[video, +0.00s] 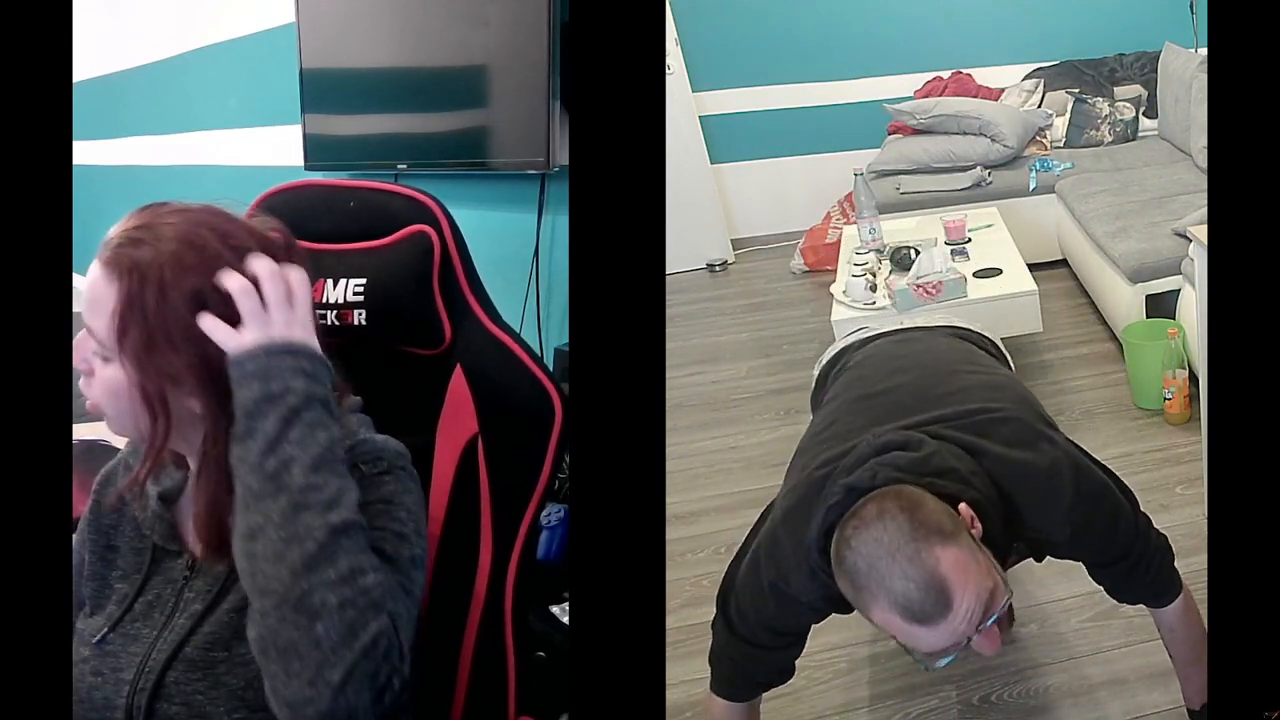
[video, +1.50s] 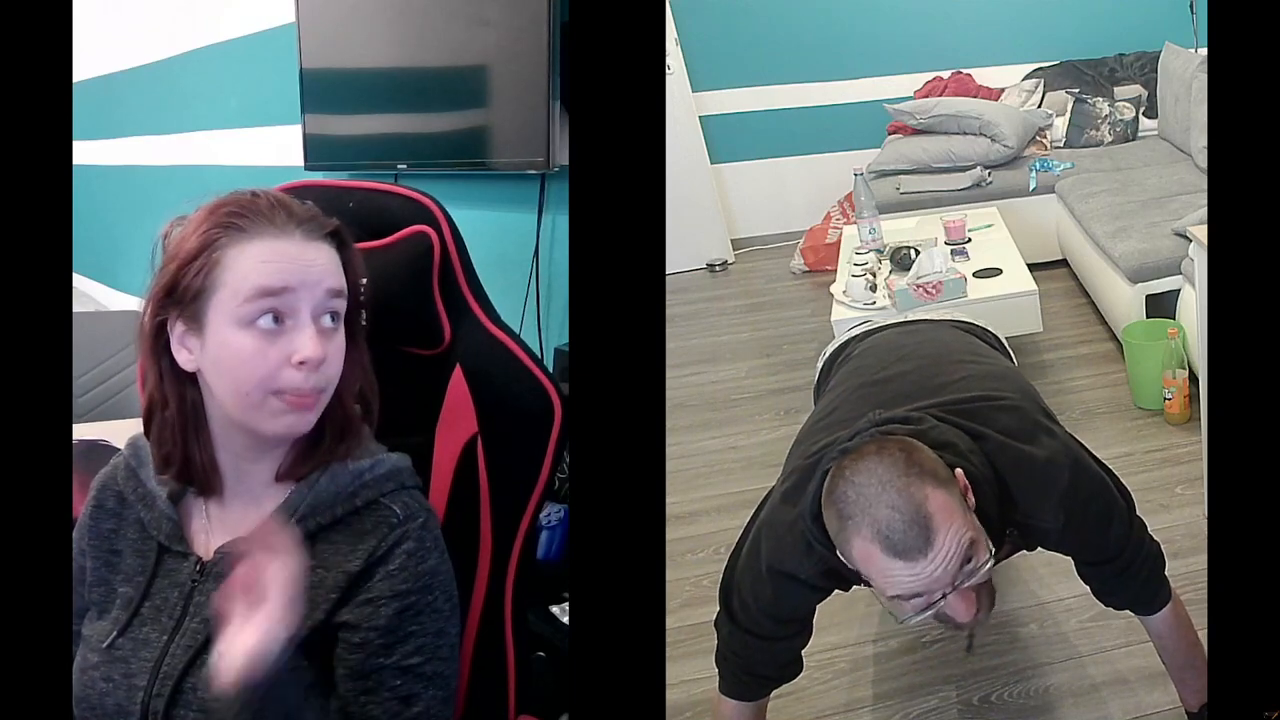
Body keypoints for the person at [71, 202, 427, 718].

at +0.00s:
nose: (77, 362)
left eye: (101, 351)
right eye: (85, 335)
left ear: (187, 373)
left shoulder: (364, 478)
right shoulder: (125, 484)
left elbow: (335, 695)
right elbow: (82, 641)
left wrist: (282, 389)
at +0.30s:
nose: (91, 348)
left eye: (125, 338)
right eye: (105, 320)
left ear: (219, 372)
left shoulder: (376, 491)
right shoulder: (133, 485)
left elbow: (359, 708)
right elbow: (77, 646)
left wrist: (308, 465)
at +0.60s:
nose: (114, 339)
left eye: (156, 326)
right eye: (130, 309)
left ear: (255, 361)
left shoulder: (387, 506)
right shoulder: (136, 488)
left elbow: (380, 716)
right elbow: (75, 658)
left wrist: (298, 539)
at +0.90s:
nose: (289, 327)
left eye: (312, 299)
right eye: (247, 302)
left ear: (339, 327)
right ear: (178, 340)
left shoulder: (394, 521)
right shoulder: (127, 494)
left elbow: (412, 709)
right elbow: (78, 665)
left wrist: (302, 601)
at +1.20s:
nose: (317, 351)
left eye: (333, 316)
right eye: (273, 319)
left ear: (350, 332)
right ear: (187, 343)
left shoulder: (391, 520)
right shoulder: (121, 493)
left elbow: (421, 708)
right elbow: (81, 677)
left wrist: (311, 629)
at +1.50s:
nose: (312, 352)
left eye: (330, 317)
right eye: (271, 319)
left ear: (347, 333)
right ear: (186, 340)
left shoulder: (393, 537)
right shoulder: (120, 500)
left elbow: (406, 707)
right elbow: (81, 682)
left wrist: (262, 686)